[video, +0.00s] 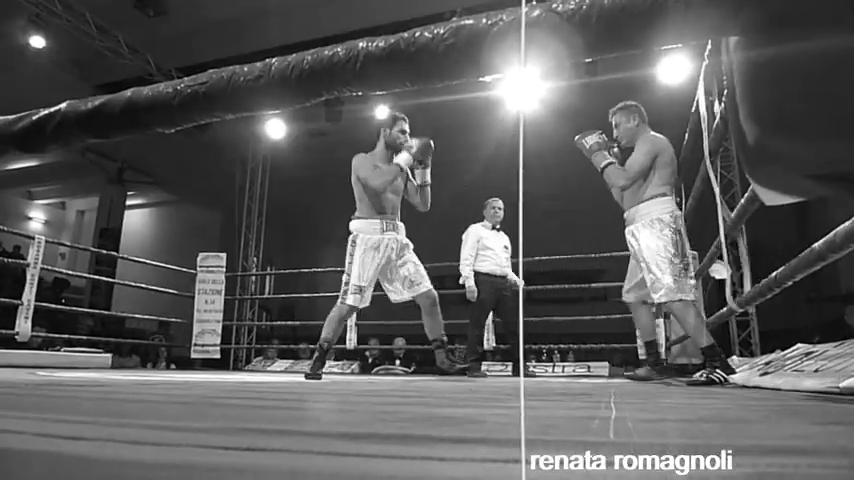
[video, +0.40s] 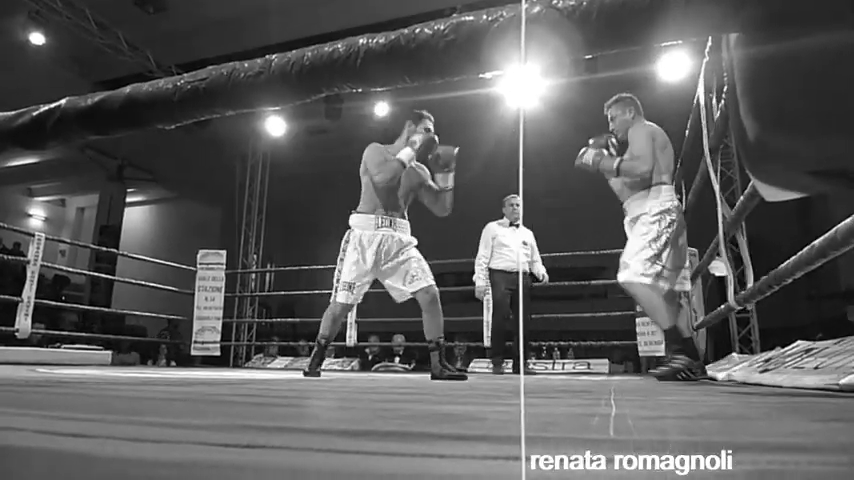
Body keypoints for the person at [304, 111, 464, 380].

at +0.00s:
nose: (406, 139)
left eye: (408, 134)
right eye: (402, 132)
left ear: (404, 139)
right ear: (384, 133)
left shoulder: (401, 171)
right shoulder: (361, 161)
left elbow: (422, 205)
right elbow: (377, 183)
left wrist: (424, 171)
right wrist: (405, 159)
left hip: (397, 240)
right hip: (366, 240)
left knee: (429, 297)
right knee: (348, 304)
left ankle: (443, 358)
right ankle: (318, 361)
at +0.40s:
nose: (428, 138)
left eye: (431, 135)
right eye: (425, 132)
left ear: (428, 141)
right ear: (408, 130)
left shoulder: (420, 173)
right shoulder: (375, 151)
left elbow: (442, 208)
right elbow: (382, 177)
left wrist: (448, 174)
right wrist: (412, 150)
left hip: (399, 239)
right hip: (363, 236)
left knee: (430, 295)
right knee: (340, 306)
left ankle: (438, 364)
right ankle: (317, 358)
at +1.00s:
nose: (382, 105)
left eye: (385, 101)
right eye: (376, 98)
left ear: (384, 111)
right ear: (357, 101)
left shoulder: (382, 146)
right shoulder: (330, 132)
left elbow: (406, 187)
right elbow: (356, 140)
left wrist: (424, 157)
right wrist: (384, 106)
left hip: (377, 227)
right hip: (338, 226)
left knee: (408, 282)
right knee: (310, 303)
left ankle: (425, 359)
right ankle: (272, 359)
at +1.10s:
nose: (385, 104)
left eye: (388, 100)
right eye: (378, 97)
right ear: (361, 101)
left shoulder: (387, 148)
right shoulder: (337, 132)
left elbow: (415, 189)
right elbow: (376, 123)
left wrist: (425, 157)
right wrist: (399, 92)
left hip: (384, 230)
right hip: (343, 231)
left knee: (409, 286)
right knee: (311, 305)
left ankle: (437, 360)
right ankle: (274, 357)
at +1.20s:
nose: (421, 97)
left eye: (423, 92)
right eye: (415, 90)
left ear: (423, 97)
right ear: (393, 93)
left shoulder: (425, 135)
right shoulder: (360, 125)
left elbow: (472, 150)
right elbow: (356, 148)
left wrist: (476, 107)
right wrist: (383, 104)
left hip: (399, 227)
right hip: (355, 224)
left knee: (420, 284)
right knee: (315, 297)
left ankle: (444, 365)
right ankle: (292, 351)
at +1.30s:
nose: (426, 91)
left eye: (431, 87)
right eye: (418, 86)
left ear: (432, 98)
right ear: (401, 93)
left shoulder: (433, 127)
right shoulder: (375, 121)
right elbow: (353, 135)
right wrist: (385, 97)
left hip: (404, 217)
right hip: (362, 212)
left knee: (424, 279)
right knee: (320, 283)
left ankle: (443, 364)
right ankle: (326, 347)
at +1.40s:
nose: (411, 82)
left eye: (416, 77)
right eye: (406, 75)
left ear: (424, 84)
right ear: (395, 82)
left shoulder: (430, 113)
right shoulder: (373, 112)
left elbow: (462, 118)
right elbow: (345, 129)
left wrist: (436, 89)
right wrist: (370, 93)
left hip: (418, 205)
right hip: (375, 206)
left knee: (434, 263)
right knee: (341, 282)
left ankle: (448, 349)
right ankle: (346, 351)